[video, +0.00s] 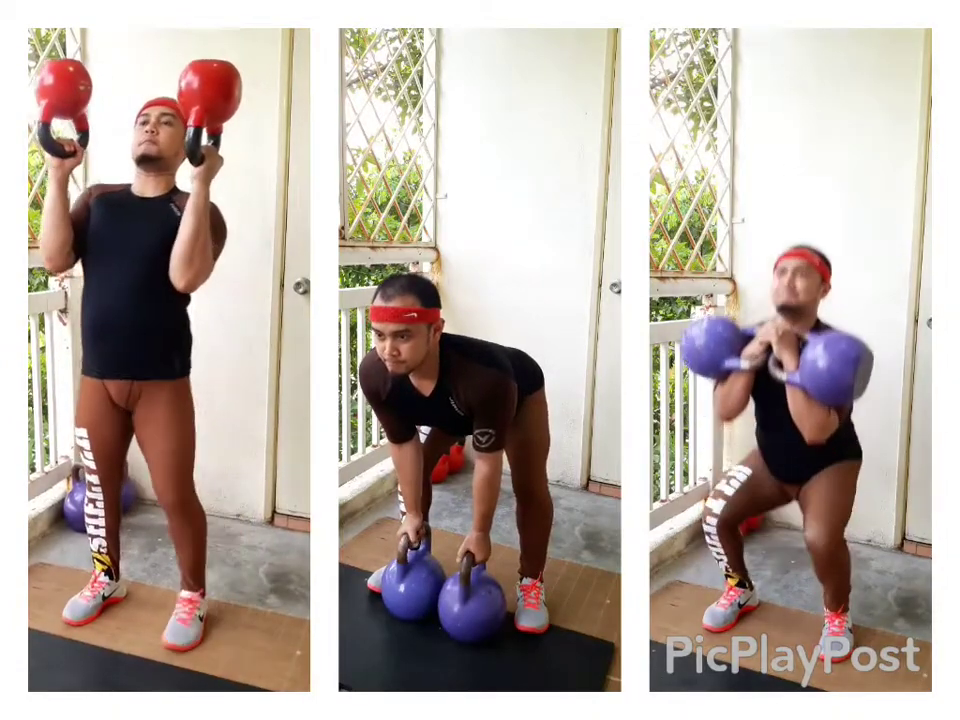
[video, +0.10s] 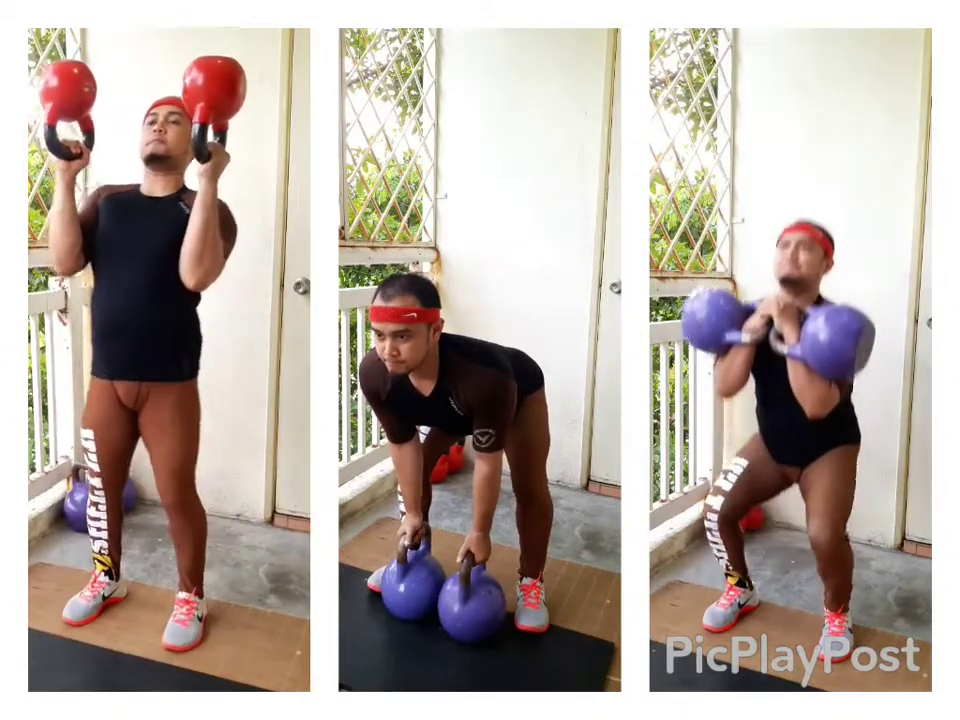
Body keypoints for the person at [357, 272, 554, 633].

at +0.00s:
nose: (389, 350)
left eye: (403, 336)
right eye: (380, 335)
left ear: (435, 330)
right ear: (371, 331)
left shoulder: (485, 379)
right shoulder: (374, 373)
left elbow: (488, 462)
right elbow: (404, 442)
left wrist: (479, 532)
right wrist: (412, 512)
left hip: (515, 389)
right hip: (453, 399)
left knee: (530, 487)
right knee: (415, 470)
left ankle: (531, 582)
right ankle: (409, 563)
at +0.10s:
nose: (389, 350)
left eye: (403, 336)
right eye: (379, 336)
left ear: (435, 330)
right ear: (371, 331)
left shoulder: (484, 378)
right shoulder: (374, 373)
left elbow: (487, 463)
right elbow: (404, 443)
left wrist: (479, 532)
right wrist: (412, 512)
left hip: (515, 389)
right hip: (452, 399)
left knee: (530, 487)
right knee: (415, 470)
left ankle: (531, 582)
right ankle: (409, 562)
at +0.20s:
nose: (388, 351)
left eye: (402, 337)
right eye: (378, 336)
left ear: (434, 330)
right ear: (370, 331)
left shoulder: (484, 378)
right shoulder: (374, 374)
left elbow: (487, 462)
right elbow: (404, 443)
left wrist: (480, 531)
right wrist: (412, 512)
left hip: (515, 390)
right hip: (453, 399)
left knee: (530, 487)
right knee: (415, 470)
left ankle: (531, 583)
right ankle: (409, 562)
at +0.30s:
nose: (387, 352)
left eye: (401, 338)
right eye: (377, 337)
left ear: (433, 329)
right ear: (370, 332)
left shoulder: (483, 379)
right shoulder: (373, 375)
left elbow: (486, 464)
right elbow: (404, 444)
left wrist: (479, 532)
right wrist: (412, 512)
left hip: (514, 391)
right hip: (451, 399)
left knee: (532, 488)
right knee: (414, 470)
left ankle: (531, 582)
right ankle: (409, 562)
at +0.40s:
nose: (387, 350)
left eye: (401, 337)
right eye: (378, 336)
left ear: (434, 330)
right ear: (370, 332)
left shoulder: (484, 378)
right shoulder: (373, 374)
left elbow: (488, 463)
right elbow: (403, 443)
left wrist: (480, 532)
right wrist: (412, 511)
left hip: (514, 390)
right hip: (451, 400)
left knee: (532, 488)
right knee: (414, 470)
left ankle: (532, 582)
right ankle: (410, 562)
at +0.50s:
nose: (389, 349)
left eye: (403, 335)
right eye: (379, 334)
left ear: (435, 329)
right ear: (371, 331)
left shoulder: (485, 378)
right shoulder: (374, 374)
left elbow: (490, 463)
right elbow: (403, 443)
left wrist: (480, 532)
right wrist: (411, 511)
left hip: (514, 394)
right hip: (451, 404)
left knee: (533, 489)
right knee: (413, 471)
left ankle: (532, 582)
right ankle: (410, 562)